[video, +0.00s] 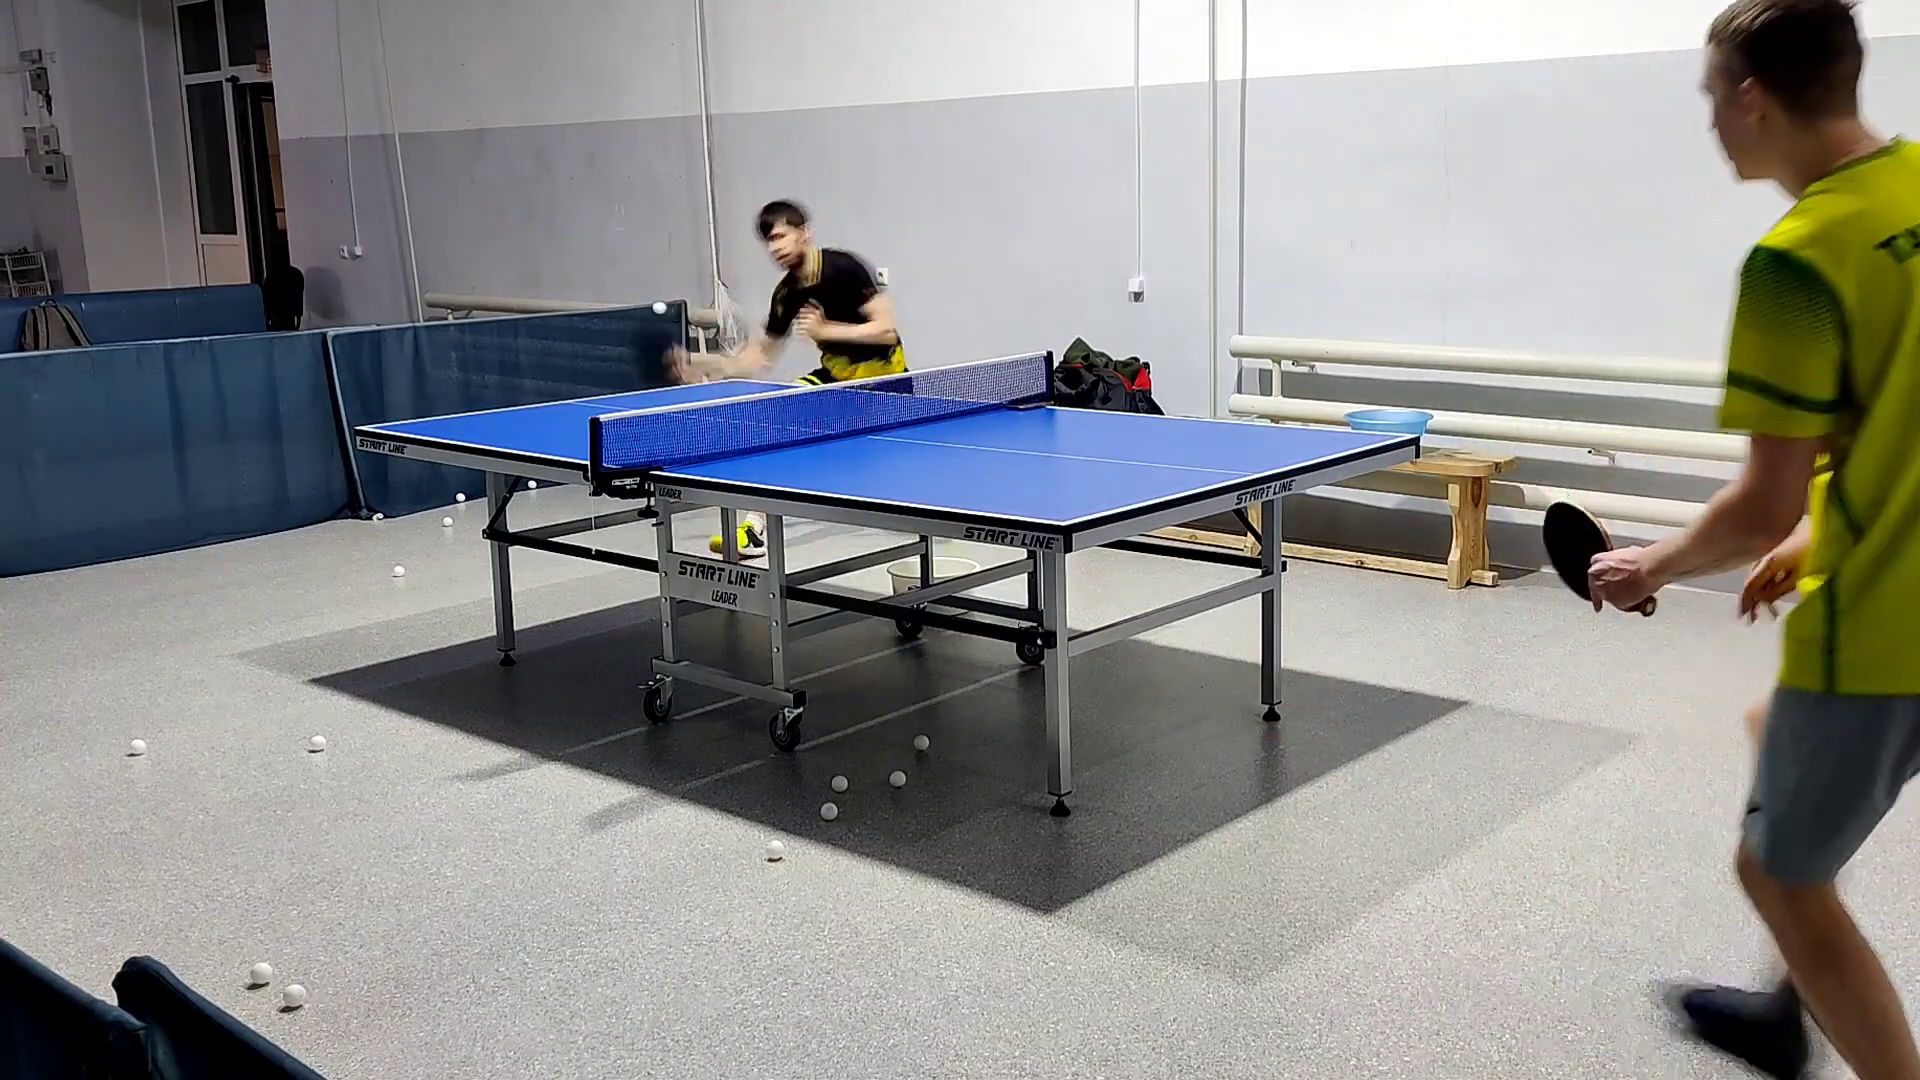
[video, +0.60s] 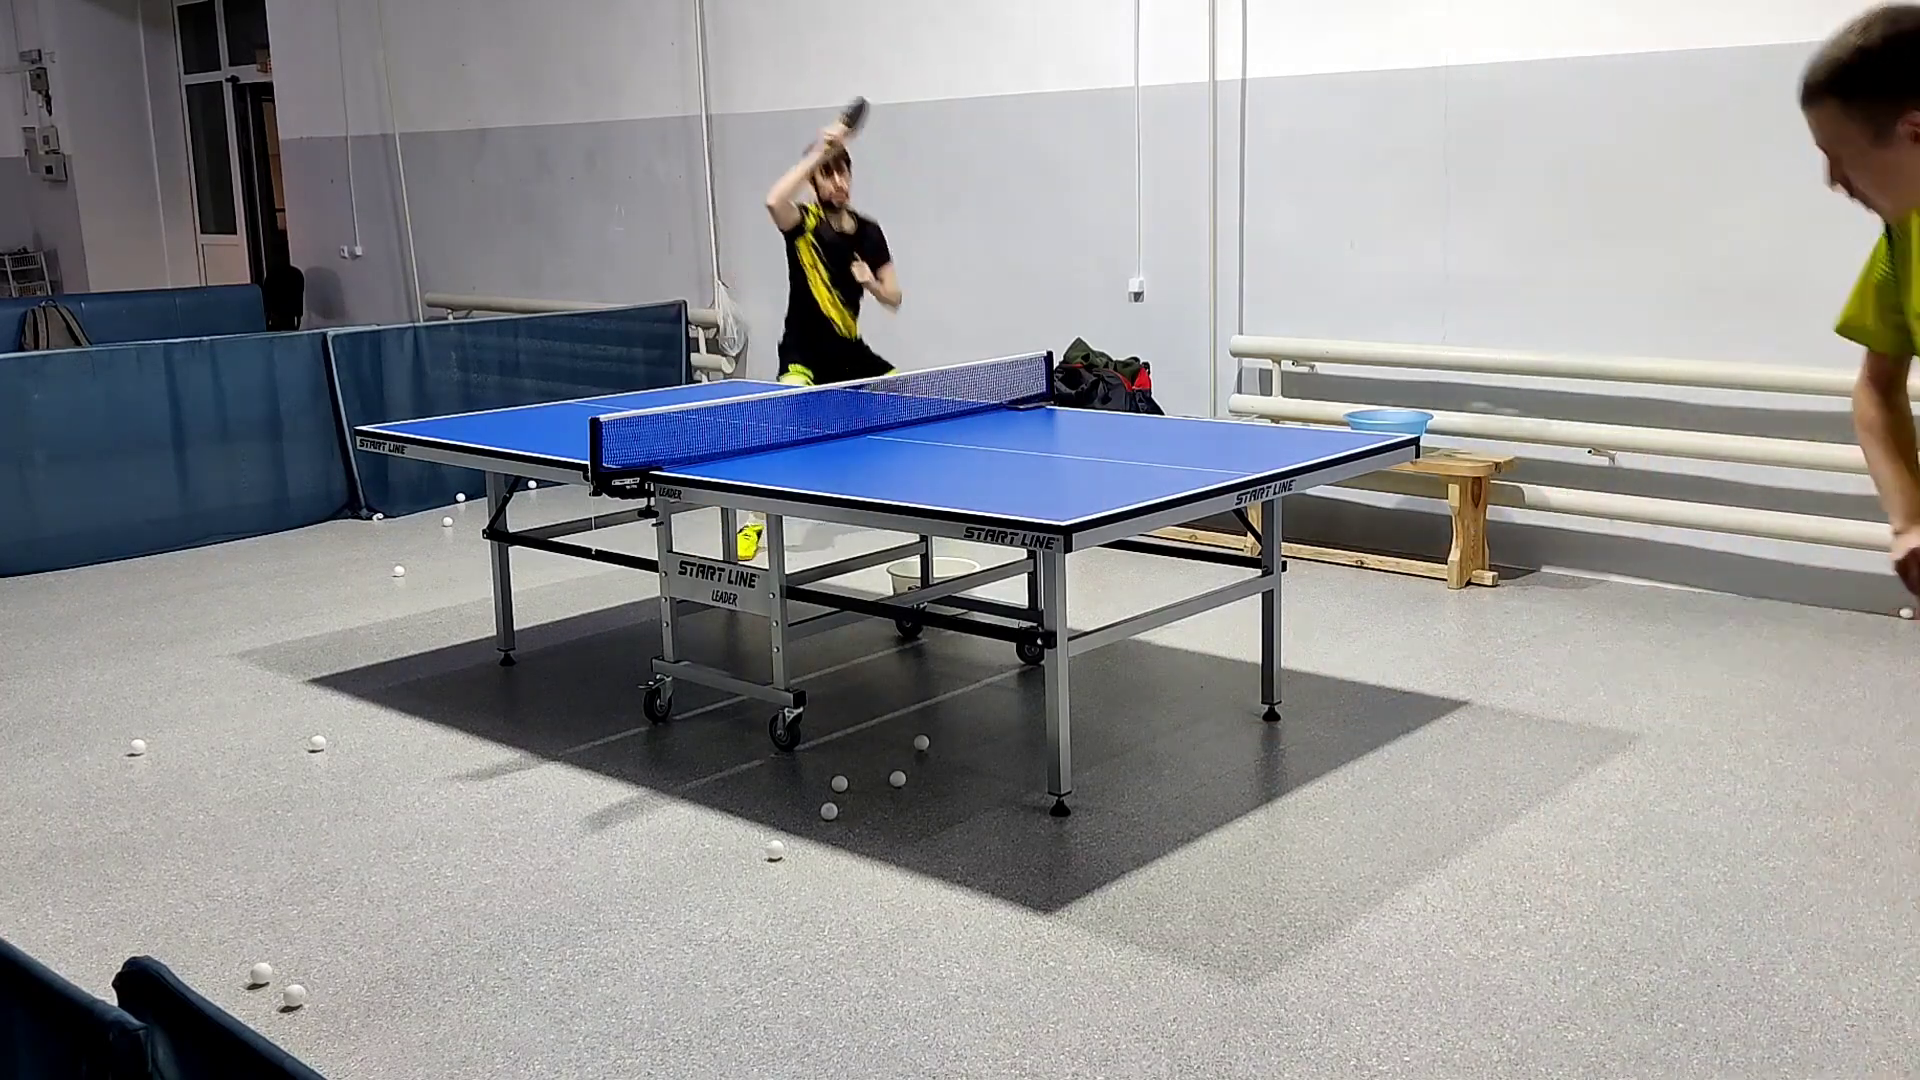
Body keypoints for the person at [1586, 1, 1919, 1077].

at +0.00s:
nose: (1712, 120)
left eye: (1715, 96)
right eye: (1711, 97)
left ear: (1756, 95)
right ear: (1842, 82)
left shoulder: (1798, 257)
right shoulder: (1908, 183)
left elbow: (1767, 511)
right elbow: (1897, 428)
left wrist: (1662, 561)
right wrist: (1818, 538)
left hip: (1874, 625)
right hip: (1901, 584)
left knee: (1777, 867)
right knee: (1780, 731)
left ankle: (1892, 1065)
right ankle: (1786, 1011)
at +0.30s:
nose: (1769, 147)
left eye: (1768, 119)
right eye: (1763, 121)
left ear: (1820, 112)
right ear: (1838, 110)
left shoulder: (1912, 262)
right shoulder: (1900, 244)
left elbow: (1916, 531)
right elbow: (1893, 418)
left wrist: (1747, 635)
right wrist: (1864, 507)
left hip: (1918, 657)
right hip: (1908, 647)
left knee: (1838, 847)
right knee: (1843, 846)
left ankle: (1903, 1064)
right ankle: (1900, 1059)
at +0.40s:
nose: (1783, 150)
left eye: (1787, 124)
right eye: (1779, 125)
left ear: (1846, 115)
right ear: (1853, 114)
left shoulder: (1913, 224)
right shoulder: (1899, 202)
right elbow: (1886, 357)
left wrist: (1852, 606)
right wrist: (1876, 500)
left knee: (1882, 834)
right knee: (1884, 835)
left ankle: (1915, 1066)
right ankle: (1914, 1067)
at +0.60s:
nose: (1834, 183)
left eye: (1838, 156)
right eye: (1827, 158)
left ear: (1911, 131)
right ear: (1908, 134)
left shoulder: (1904, 236)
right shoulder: (1905, 233)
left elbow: (1878, 387)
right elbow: (1879, 386)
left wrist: (1908, 521)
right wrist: (1907, 522)